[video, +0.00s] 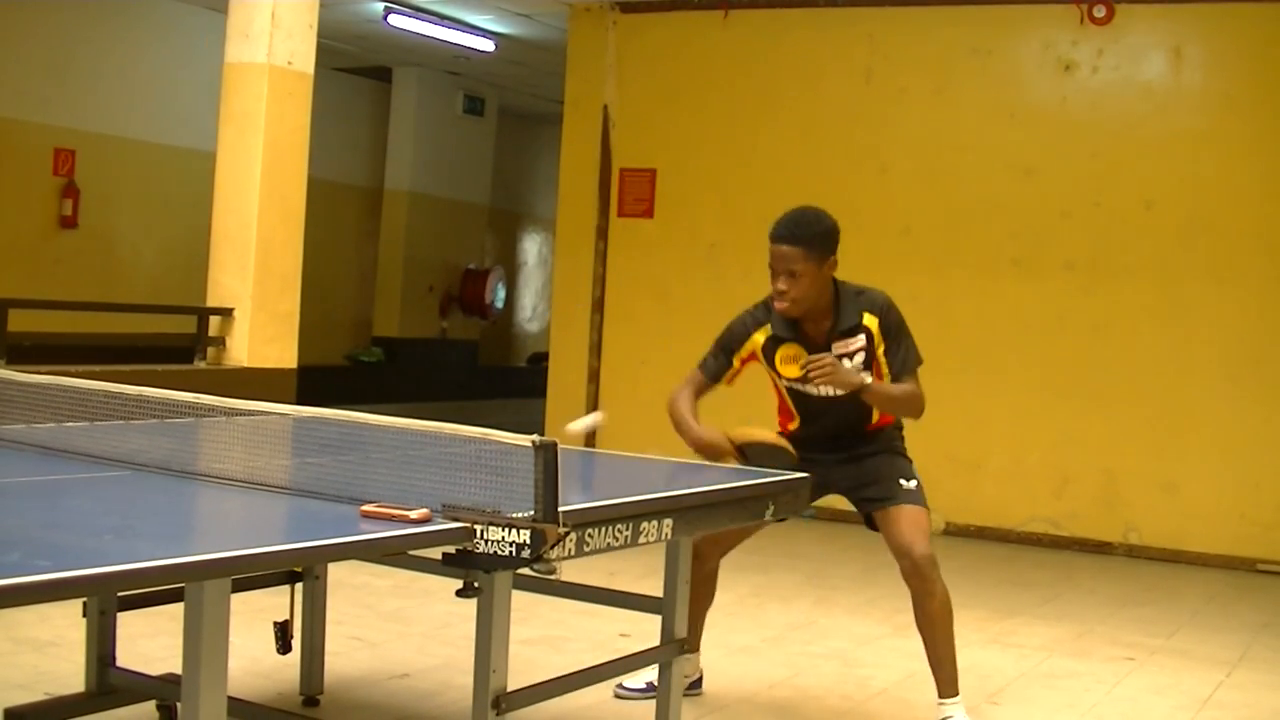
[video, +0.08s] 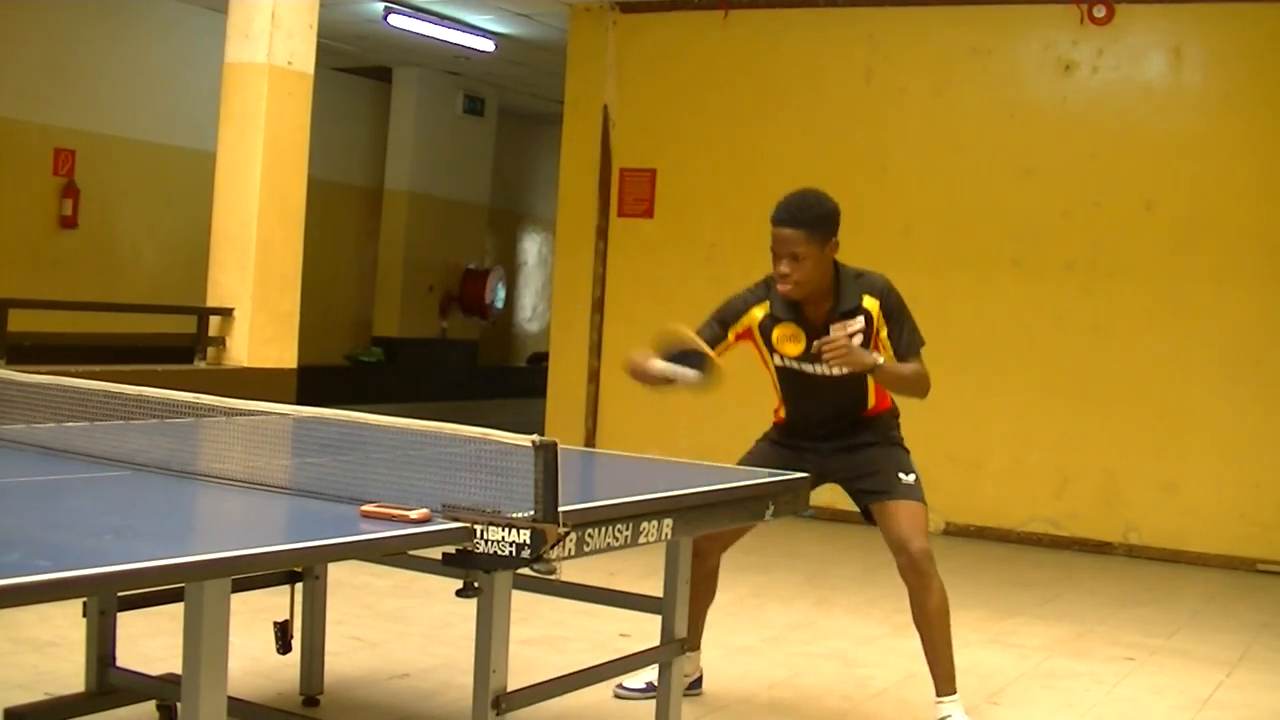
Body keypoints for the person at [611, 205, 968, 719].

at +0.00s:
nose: (777, 287)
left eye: (790, 275)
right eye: (773, 273)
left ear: (828, 269)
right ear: (767, 266)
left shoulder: (874, 312)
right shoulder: (759, 324)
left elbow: (914, 403)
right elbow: (682, 396)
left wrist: (859, 382)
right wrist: (696, 435)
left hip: (875, 452)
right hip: (799, 453)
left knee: (919, 556)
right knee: (701, 544)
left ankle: (950, 703)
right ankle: (682, 665)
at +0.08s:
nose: (781, 270)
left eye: (794, 259)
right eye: (776, 256)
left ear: (830, 252)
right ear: (769, 249)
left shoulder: (874, 295)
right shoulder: (755, 305)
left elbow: (919, 383)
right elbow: (692, 357)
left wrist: (867, 361)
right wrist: (655, 366)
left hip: (870, 441)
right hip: (790, 442)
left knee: (915, 551)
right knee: (702, 539)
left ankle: (949, 702)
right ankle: (683, 664)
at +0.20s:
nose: (775, 244)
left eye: (787, 231)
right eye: (769, 230)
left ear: (824, 224)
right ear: (764, 225)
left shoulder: (868, 276)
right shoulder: (748, 281)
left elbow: (913, 364)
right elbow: (654, 318)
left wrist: (875, 333)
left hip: (855, 431)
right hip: (776, 430)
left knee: (904, 547)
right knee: (687, 523)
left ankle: (926, 701)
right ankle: (671, 657)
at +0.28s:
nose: (765, 238)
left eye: (778, 225)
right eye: (760, 224)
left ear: (814, 222)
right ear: (755, 222)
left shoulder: (858, 279)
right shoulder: (741, 280)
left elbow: (902, 371)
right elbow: (645, 316)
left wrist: (863, 326)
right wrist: (586, 265)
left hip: (842, 440)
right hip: (764, 436)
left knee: (896, 553)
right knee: (670, 535)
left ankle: (923, 705)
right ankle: (652, 662)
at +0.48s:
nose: (697, 207)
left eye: (710, 195)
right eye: (694, 194)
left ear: (748, 195)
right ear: (694, 195)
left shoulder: (795, 252)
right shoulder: (697, 265)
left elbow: (808, 340)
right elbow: (646, 347)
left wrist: (734, 290)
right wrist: (603, 318)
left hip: (802, 427)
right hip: (728, 422)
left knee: (841, 554)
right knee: (641, 507)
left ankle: (904, 700)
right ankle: (639, 653)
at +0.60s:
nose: (647, 216)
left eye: (659, 203)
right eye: (645, 204)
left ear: (698, 201)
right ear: (668, 206)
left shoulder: (741, 251)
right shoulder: (681, 273)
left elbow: (745, 339)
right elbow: (677, 369)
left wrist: (667, 306)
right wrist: (614, 390)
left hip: (792, 413)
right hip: (734, 414)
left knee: (806, 560)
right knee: (653, 514)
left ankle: (878, 692)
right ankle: (622, 651)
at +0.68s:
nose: (621, 246)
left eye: (631, 234)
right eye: (617, 234)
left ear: (669, 230)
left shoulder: (705, 273)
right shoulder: (664, 297)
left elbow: (706, 366)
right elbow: (691, 393)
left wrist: (637, 344)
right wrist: (626, 448)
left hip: (781, 427)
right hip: (727, 431)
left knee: (790, 575)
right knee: (635, 507)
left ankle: (879, 697)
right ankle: (613, 651)